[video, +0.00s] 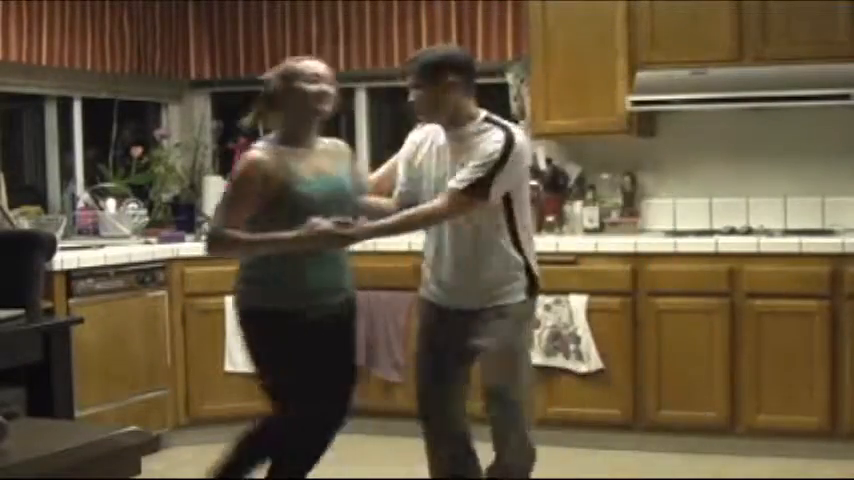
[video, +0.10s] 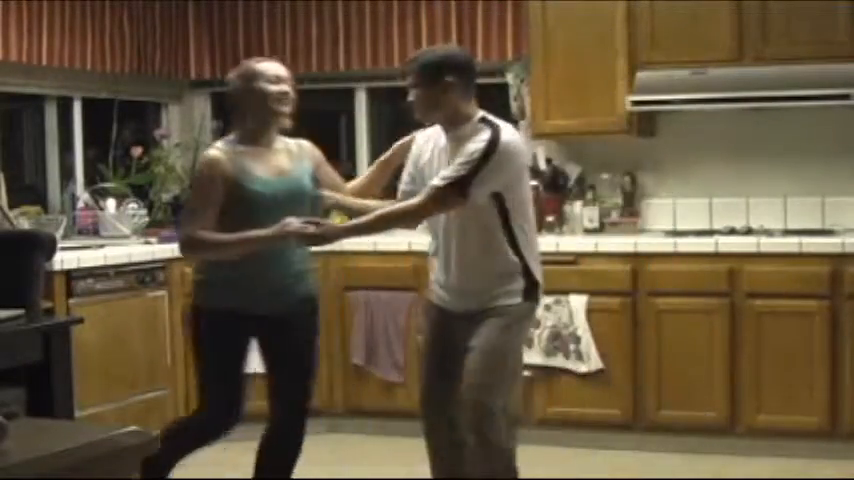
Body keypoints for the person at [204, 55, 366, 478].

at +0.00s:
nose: (326, 89)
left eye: (330, 82)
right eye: (313, 81)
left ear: (336, 96)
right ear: (282, 93)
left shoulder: (340, 151)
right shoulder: (260, 163)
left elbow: (355, 206)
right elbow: (218, 239)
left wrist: (407, 209)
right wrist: (302, 238)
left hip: (333, 304)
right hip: (273, 307)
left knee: (328, 415)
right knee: (295, 416)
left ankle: (284, 475)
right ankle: (227, 472)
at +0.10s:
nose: (287, 90)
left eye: (289, 83)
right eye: (275, 82)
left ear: (295, 94)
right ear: (243, 93)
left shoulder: (304, 152)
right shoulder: (218, 161)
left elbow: (349, 197)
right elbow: (192, 241)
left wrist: (395, 156)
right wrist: (274, 235)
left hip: (291, 301)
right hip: (225, 303)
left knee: (290, 419)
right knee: (220, 413)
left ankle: (270, 479)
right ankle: (153, 464)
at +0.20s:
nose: (255, 92)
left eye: (257, 85)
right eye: (243, 84)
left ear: (260, 98)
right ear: (212, 97)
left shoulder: (270, 155)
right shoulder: (186, 160)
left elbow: (306, 214)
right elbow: (175, 240)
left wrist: (345, 183)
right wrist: (252, 233)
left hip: (246, 300)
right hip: (181, 301)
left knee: (271, 413)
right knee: (178, 409)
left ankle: (264, 479)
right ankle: (143, 471)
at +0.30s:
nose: (229, 91)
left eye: (230, 83)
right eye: (217, 83)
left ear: (233, 97)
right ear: (188, 95)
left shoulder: (239, 154)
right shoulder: (163, 153)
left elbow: (251, 220)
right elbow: (164, 231)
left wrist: (299, 214)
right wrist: (237, 223)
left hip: (211, 289)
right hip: (151, 294)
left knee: (254, 385)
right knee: (159, 399)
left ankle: (263, 474)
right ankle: (138, 474)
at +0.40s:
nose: (213, 87)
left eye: (211, 80)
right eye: (201, 80)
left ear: (205, 92)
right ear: (172, 91)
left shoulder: (214, 150)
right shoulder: (148, 146)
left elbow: (206, 224)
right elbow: (160, 218)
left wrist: (255, 226)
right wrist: (233, 199)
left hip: (188, 282)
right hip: (132, 284)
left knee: (241, 370)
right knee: (152, 390)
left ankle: (218, 472)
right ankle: (139, 473)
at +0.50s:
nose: (199, 84)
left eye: (197, 77)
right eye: (187, 77)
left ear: (191, 89)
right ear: (157, 88)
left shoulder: (197, 143)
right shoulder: (141, 140)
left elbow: (187, 209)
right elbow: (163, 206)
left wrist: (221, 236)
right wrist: (230, 181)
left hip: (172, 276)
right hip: (121, 279)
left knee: (221, 369)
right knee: (143, 385)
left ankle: (173, 446)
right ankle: (132, 468)